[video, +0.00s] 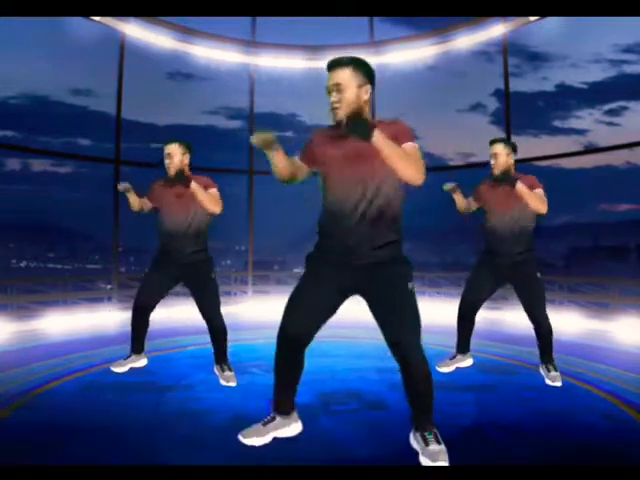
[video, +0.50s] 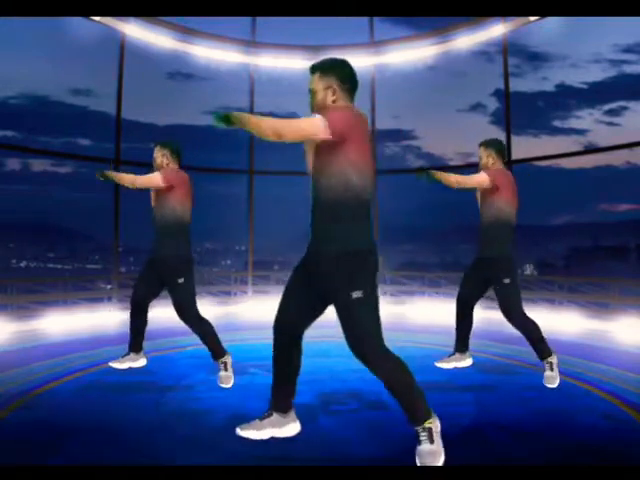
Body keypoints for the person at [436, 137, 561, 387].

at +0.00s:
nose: (494, 161)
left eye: (498, 156)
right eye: (492, 156)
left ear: (512, 157)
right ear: (490, 159)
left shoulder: (529, 183)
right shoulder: (485, 189)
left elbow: (542, 208)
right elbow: (466, 209)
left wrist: (517, 184)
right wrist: (457, 195)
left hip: (522, 262)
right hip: (491, 262)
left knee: (539, 317)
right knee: (467, 306)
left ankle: (548, 364)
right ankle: (462, 354)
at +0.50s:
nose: (480, 162)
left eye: (482, 157)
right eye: (480, 158)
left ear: (492, 156)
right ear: (497, 157)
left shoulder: (496, 176)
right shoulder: (501, 179)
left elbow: (458, 182)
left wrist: (433, 173)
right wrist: (441, 176)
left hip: (499, 258)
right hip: (489, 256)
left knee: (513, 313)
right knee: (464, 300)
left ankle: (548, 359)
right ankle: (461, 354)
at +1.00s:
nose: (490, 168)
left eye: (493, 162)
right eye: (487, 164)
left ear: (508, 160)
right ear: (488, 165)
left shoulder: (530, 182)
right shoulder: (495, 191)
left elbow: (540, 212)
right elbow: (478, 216)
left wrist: (513, 185)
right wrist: (469, 195)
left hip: (526, 262)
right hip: (498, 261)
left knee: (534, 317)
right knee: (473, 305)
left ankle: (548, 364)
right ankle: (462, 354)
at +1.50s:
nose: (461, 164)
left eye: (465, 159)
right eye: (460, 160)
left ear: (479, 160)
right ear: (462, 163)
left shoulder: (500, 188)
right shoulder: (461, 195)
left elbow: (510, 220)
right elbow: (444, 215)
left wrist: (486, 196)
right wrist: (438, 194)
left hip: (496, 264)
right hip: (465, 263)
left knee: (520, 312)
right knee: (447, 305)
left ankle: (519, 358)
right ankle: (443, 347)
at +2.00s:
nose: (482, 162)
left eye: (486, 156)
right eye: (481, 157)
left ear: (501, 157)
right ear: (490, 159)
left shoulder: (524, 181)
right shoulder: (488, 189)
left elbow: (529, 216)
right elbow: (481, 221)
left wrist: (499, 195)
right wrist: (466, 207)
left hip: (523, 263)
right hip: (493, 262)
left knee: (536, 322)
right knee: (464, 303)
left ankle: (549, 370)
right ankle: (463, 353)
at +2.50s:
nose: (479, 160)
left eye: (483, 155)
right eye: (478, 155)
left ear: (496, 157)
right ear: (482, 158)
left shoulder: (502, 183)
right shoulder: (489, 180)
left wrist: (468, 181)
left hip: (503, 259)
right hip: (486, 257)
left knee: (510, 315)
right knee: (464, 301)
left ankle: (554, 362)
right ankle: (466, 356)